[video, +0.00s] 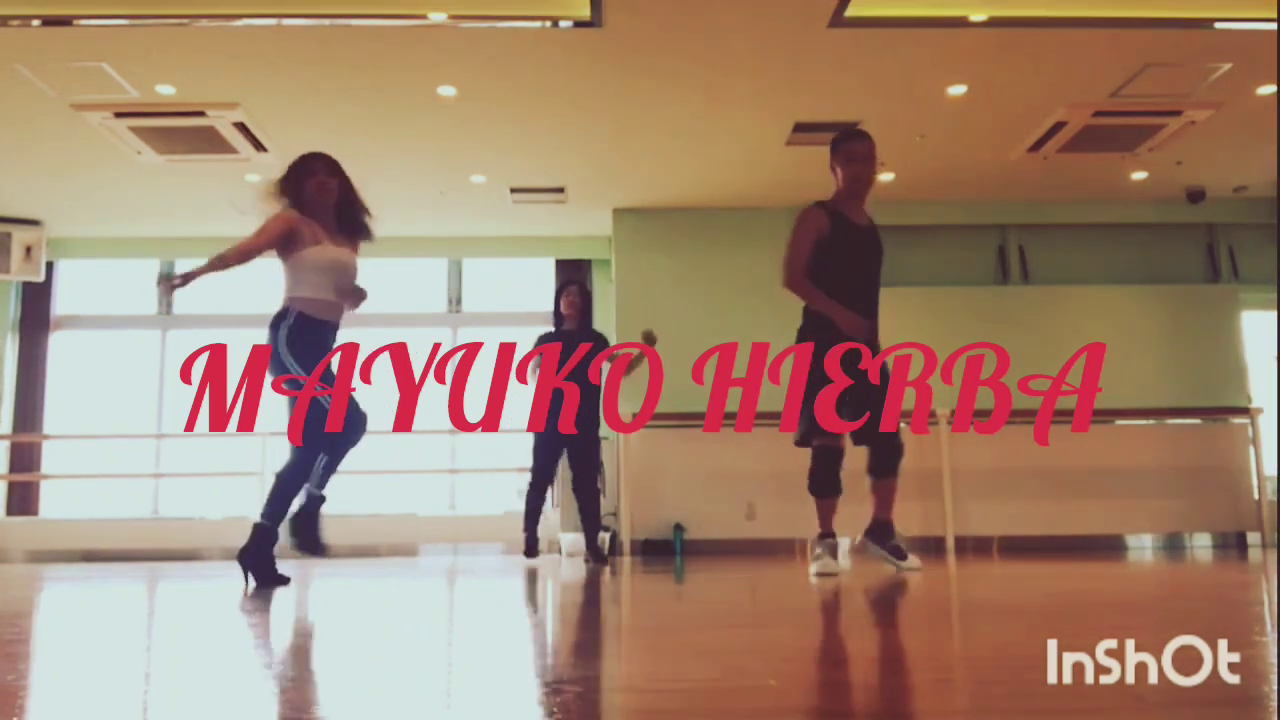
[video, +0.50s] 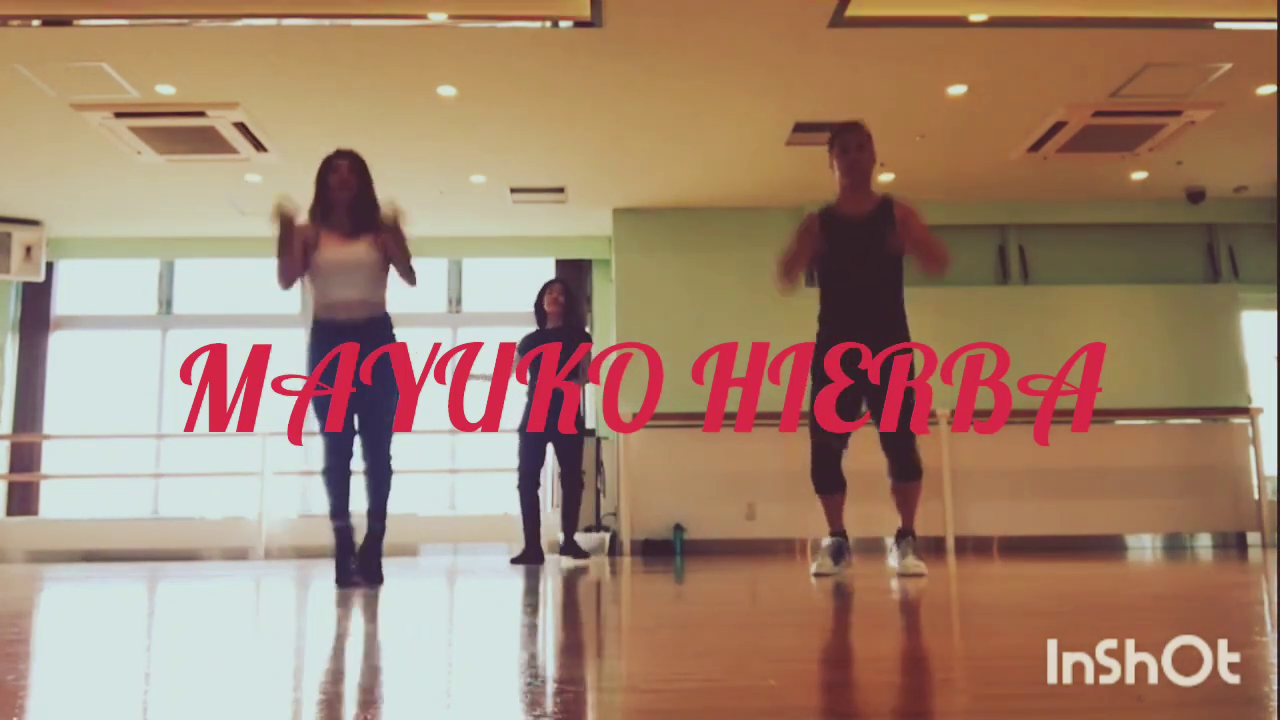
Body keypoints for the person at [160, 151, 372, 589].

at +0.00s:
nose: (323, 184)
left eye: (329, 177)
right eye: (313, 179)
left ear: (342, 186)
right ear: (297, 189)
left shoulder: (346, 233)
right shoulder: (292, 222)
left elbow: (332, 281)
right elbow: (246, 250)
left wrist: (352, 295)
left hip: (320, 342)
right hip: (293, 336)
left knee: (309, 448)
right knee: (349, 421)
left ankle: (260, 543)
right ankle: (308, 512)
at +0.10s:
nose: (327, 185)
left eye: (335, 179)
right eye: (318, 179)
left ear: (346, 190)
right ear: (303, 189)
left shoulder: (357, 242)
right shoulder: (288, 229)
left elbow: (366, 297)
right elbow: (241, 271)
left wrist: (366, 308)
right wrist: (188, 306)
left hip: (335, 347)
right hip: (299, 342)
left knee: (315, 451)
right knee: (346, 431)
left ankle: (266, 543)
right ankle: (341, 516)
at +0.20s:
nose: (331, 185)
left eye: (338, 180)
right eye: (322, 180)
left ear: (350, 193)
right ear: (307, 192)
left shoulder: (366, 244)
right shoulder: (291, 237)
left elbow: (381, 292)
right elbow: (267, 281)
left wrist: (383, 318)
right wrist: (248, 311)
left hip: (350, 347)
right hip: (309, 345)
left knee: (328, 450)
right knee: (337, 448)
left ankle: (272, 541)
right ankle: (345, 543)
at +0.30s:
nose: (333, 188)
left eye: (342, 182)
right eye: (325, 182)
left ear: (356, 195)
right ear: (313, 194)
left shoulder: (376, 247)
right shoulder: (298, 245)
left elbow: (389, 306)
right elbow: (284, 304)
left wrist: (397, 337)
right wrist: (270, 345)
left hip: (361, 353)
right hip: (317, 352)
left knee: (356, 460)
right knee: (336, 450)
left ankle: (305, 535)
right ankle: (346, 545)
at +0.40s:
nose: (340, 190)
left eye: (348, 185)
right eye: (331, 184)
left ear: (361, 196)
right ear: (319, 196)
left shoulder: (382, 250)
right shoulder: (302, 248)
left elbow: (393, 308)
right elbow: (290, 311)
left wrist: (409, 323)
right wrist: (281, 320)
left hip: (371, 354)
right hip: (325, 355)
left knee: (377, 454)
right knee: (337, 451)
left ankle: (360, 536)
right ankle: (346, 545)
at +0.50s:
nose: (342, 179)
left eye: (351, 173)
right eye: (334, 172)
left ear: (363, 181)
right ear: (323, 181)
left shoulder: (379, 226)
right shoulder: (309, 228)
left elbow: (409, 276)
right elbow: (286, 278)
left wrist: (395, 239)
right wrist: (286, 233)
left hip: (375, 336)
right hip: (329, 338)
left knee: (377, 445)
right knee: (337, 443)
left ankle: (374, 542)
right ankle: (343, 542)